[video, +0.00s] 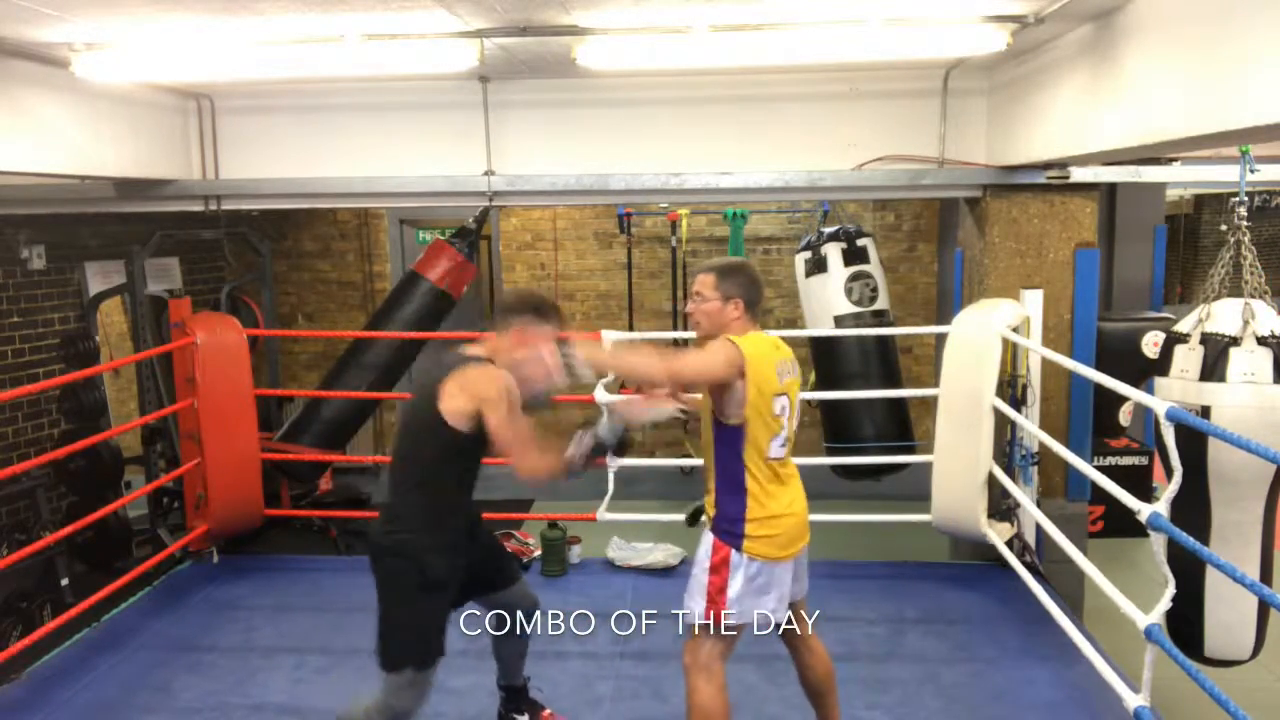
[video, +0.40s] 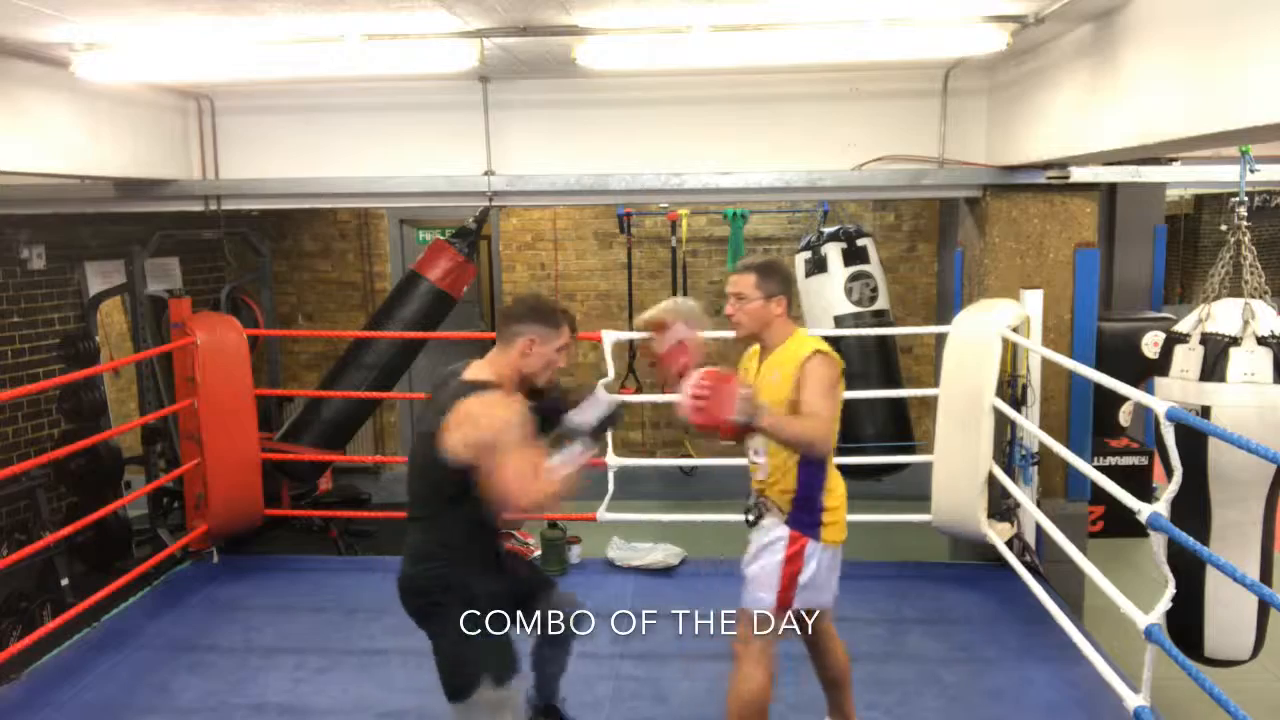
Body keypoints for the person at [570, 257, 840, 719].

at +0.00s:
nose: (689, 308)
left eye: (699, 298)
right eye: (690, 298)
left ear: (735, 306)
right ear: (738, 308)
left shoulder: (730, 353)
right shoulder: (778, 351)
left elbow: (662, 369)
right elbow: (746, 415)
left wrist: (589, 353)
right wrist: (680, 402)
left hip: (742, 532)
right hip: (788, 521)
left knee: (703, 659)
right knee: (797, 629)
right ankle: (830, 715)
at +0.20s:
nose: (707, 316)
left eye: (718, 306)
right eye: (709, 305)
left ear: (756, 316)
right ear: (759, 318)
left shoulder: (749, 356)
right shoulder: (797, 351)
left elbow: (662, 370)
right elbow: (749, 378)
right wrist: (704, 351)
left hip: (760, 534)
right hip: (804, 523)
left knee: (712, 658)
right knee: (806, 626)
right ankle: (842, 716)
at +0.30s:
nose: (719, 313)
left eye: (730, 303)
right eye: (719, 303)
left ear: (767, 309)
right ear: (764, 312)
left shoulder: (780, 359)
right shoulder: (786, 352)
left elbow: (764, 433)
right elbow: (747, 423)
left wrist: (692, 402)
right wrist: (697, 410)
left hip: (778, 528)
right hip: (806, 524)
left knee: (736, 655)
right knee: (813, 630)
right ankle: (843, 715)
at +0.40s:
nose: (728, 309)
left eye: (739, 299)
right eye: (728, 299)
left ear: (777, 306)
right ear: (767, 308)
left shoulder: (815, 360)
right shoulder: (753, 358)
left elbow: (820, 439)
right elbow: (745, 433)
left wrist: (757, 414)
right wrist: (695, 390)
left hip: (802, 524)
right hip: (776, 517)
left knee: (752, 644)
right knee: (816, 629)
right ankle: (843, 715)